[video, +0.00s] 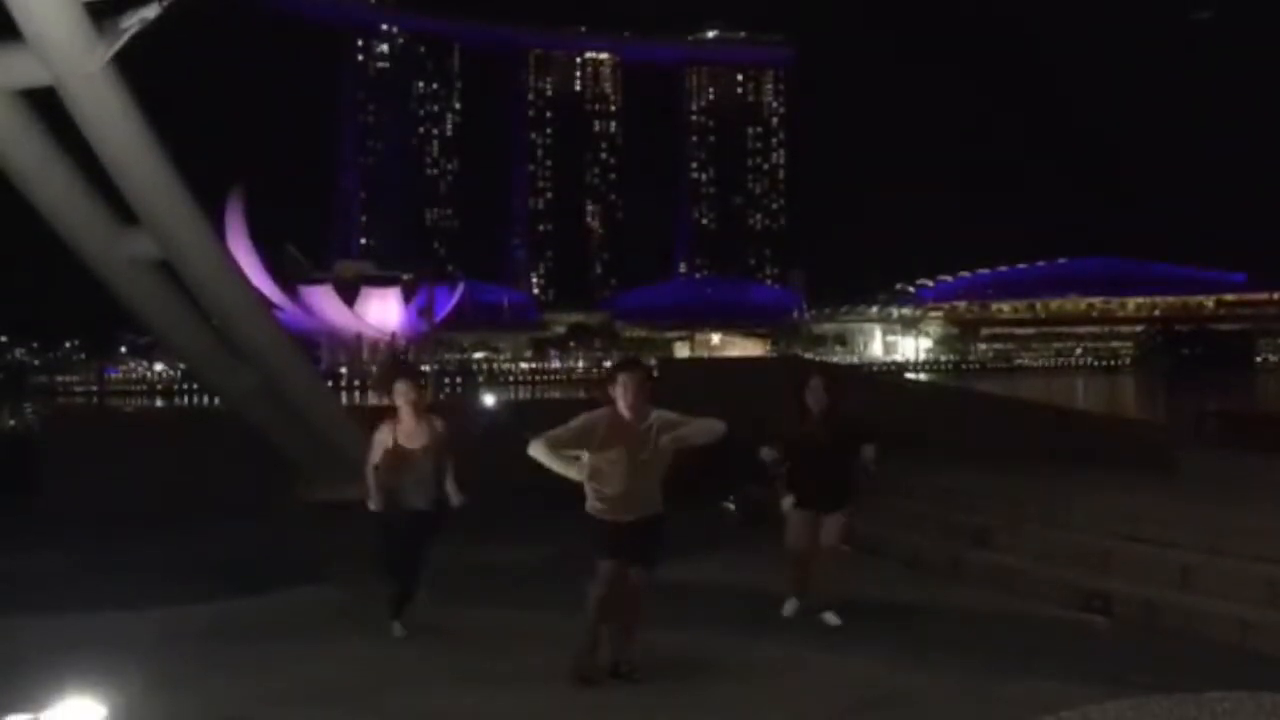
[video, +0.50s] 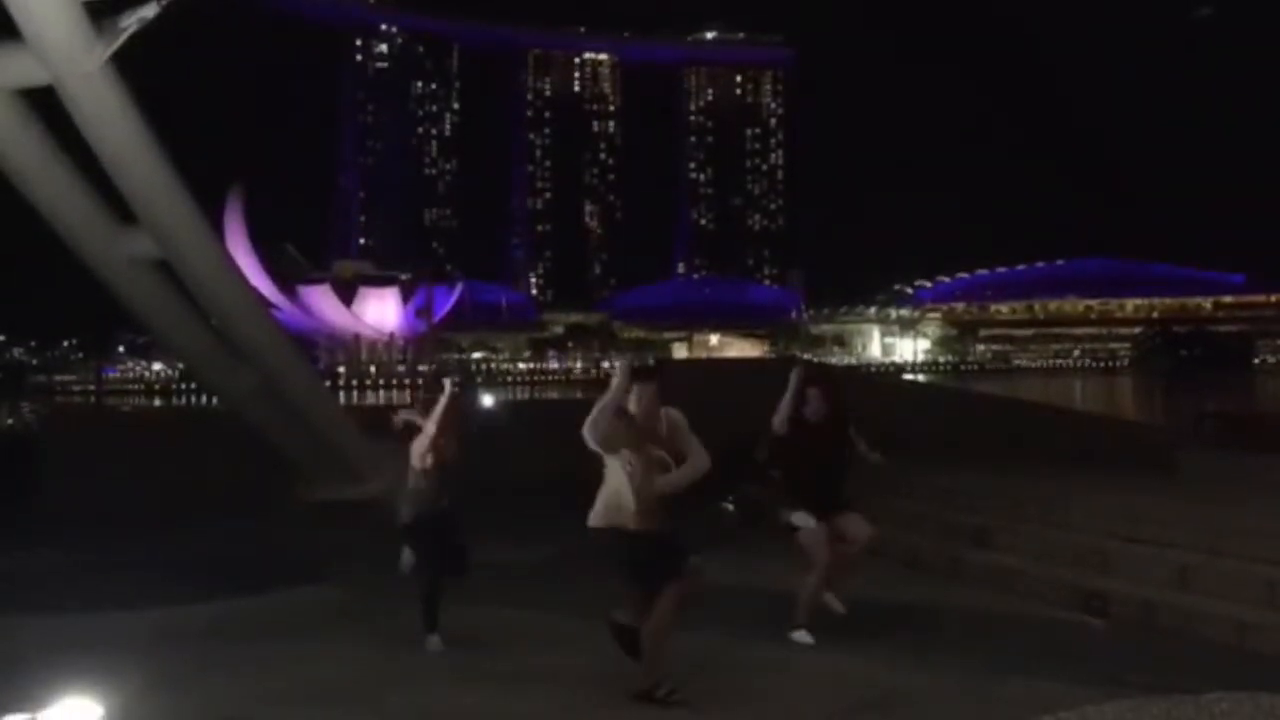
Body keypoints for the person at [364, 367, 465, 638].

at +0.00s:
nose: (405, 399)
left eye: (409, 392)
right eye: (400, 393)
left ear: (419, 394)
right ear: (393, 398)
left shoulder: (435, 426)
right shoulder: (387, 432)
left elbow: (445, 458)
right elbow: (371, 465)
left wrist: (451, 488)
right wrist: (374, 494)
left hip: (427, 506)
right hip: (396, 506)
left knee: (415, 562)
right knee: (395, 559)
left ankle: (397, 616)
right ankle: (397, 605)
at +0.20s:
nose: (422, 392)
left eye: (425, 385)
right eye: (416, 386)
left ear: (433, 389)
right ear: (407, 390)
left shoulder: (443, 418)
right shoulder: (399, 422)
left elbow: (470, 437)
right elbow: (367, 440)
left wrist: (458, 415)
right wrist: (383, 469)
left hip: (429, 488)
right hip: (402, 487)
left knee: (422, 543)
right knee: (400, 540)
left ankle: (404, 588)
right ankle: (393, 584)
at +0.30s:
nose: (427, 392)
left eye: (431, 385)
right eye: (421, 386)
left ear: (438, 388)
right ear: (412, 389)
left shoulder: (445, 415)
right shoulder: (406, 419)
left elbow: (452, 451)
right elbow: (389, 465)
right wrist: (412, 482)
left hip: (437, 491)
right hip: (411, 494)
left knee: (428, 548)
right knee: (417, 549)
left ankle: (382, 572)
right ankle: (421, 609)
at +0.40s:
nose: (430, 414)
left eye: (434, 408)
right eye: (424, 409)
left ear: (441, 410)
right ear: (417, 413)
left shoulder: (450, 436)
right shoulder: (414, 433)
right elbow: (410, 459)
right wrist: (437, 431)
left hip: (442, 503)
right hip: (417, 505)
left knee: (444, 561)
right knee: (425, 568)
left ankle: (397, 536)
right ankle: (430, 631)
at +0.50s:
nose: (434, 445)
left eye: (436, 438)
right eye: (428, 439)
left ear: (439, 442)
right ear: (417, 441)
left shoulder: (437, 456)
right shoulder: (418, 456)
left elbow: (436, 432)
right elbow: (431, 430)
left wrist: (413, 417)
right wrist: (446, 395)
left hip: (441, 515)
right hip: (420, 519)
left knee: (452, 565)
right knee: (431, 574)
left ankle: (416, 555)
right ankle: (431, 631)